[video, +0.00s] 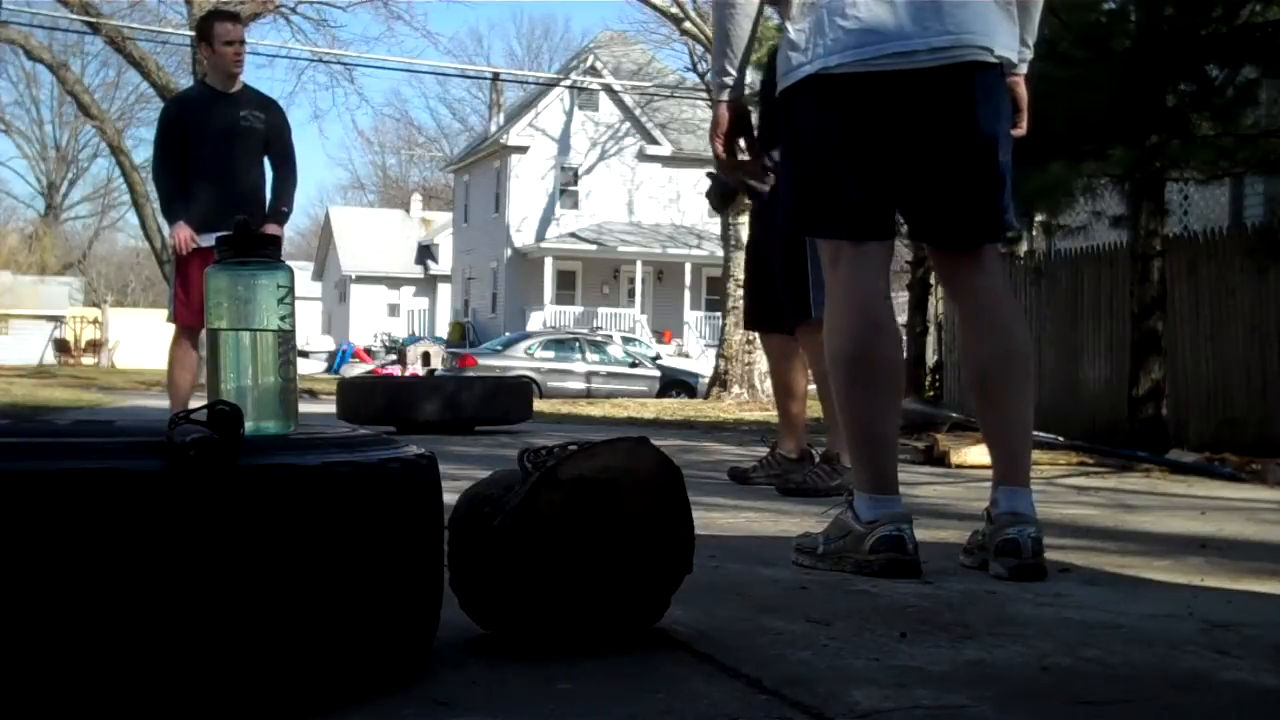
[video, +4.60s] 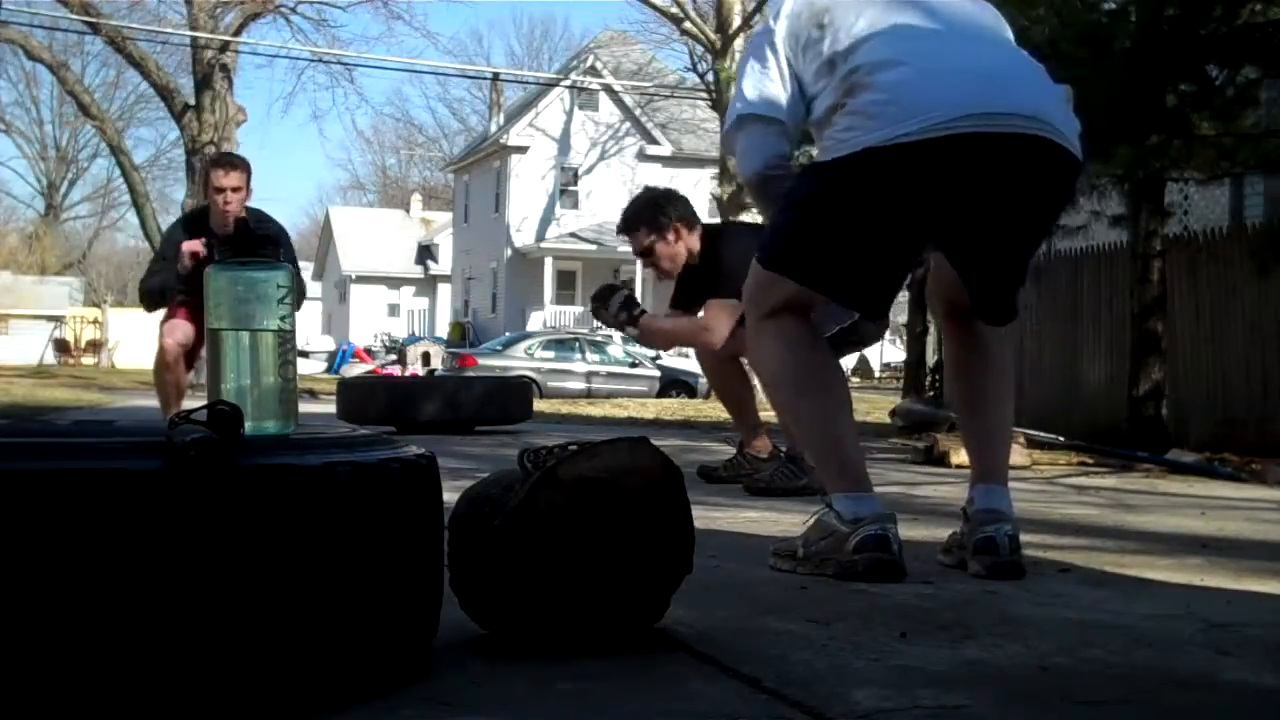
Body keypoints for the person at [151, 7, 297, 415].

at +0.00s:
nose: (239, 51)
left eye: (242, 44)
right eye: (229, 44)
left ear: (246, 47)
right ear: (205, 50)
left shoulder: (267, 109)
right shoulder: (179, 108)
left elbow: (285, 170)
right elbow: (163, 169)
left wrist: (276, 221)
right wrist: (176, 220)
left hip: (251, 239)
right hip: (196, 239)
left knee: (251, 334)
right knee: (189, 330)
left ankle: (249, 425)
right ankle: (178, 421)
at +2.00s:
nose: (268, 56)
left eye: (275, 48)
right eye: (260, 48)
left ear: (282, 49)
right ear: (240, 47)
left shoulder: (297, 108)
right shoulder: (210, 103)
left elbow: (313, 173)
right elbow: (192, 167)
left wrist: (313, 229)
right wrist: (194, 220)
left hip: (269, 235)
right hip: (214, 232)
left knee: (267, 329)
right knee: (192, 319)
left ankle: (266, 417)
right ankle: (180, 408)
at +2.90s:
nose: (207, 43)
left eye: (215, 37)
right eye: (199, 35)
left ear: (226, 42)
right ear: (186, 38)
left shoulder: (249, 102)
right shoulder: (159, 99)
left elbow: (265, 170)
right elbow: (140, 166)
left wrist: (265, 230)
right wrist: (139, 225)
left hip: (232, 232)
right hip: (175, 232)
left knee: (233, 331)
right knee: (172, 328)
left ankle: (232, 422)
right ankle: (170, 421)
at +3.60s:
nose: (201, 98)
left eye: (208, 90)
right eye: (192, 90)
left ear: (220, 93)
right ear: (179, 94)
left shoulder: (244, 144)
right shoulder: (160, 146)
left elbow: (284, 206)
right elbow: (124, 206)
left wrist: (254, 199)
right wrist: (145, 212)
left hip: (232, 260)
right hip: (178, 260)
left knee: (240, 337)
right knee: (160, 332)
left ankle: (238, 422)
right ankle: (170, 422)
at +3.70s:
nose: (208, 135)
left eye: (216, 127)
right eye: (199, 127)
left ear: (227, 129)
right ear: (186, 130)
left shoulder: (251, 176)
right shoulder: (167, 177)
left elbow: (291, 239)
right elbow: (128, 239)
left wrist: (257, 222)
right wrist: (156, 232)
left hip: (240, 277)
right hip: (183, 277)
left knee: (254, 336)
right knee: (162, 333)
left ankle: (246, 422)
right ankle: (170, 424)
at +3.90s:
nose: (219, 189)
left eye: (227, 180)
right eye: (211, 181)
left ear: (239, 181)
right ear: (198, 181)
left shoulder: (260, 220)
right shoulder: (178, 221)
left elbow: (294, 283)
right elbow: (140, 288)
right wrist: (177, 273)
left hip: (248, 295)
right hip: (194, 297)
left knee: (267, 337)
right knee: (163, 338)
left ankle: (258, 422)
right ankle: (172, 425)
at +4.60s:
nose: (227, 199)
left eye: (235, 191)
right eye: (219, 191)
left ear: (247, 193)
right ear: (207, 192)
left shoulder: (270, 231)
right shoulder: (184, 230)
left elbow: (295, 295)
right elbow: (148, 298)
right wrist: (181, 269)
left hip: (250, 303)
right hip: (194, 304)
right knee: (171, 343)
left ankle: (255, 423)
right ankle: (173, 425)